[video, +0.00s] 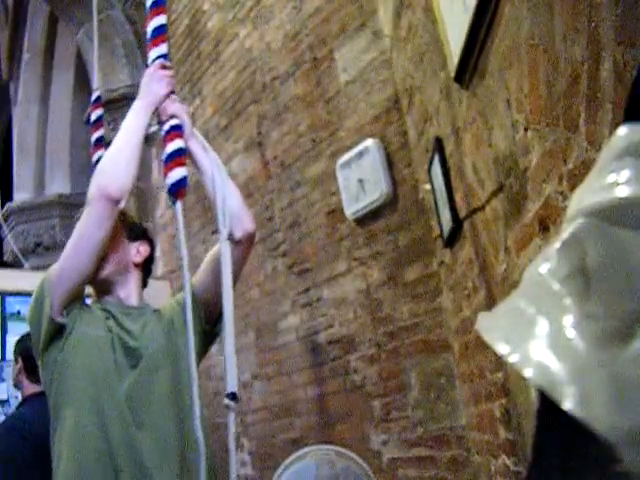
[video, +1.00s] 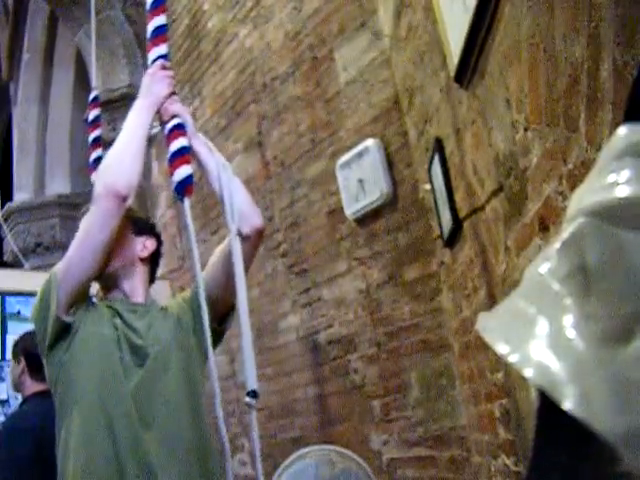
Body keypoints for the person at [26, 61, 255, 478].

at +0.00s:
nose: (96, 241)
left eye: (110, 233)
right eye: (96, 233)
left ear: (140, 251)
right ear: (83, 249)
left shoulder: (178, 325)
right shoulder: (61, 325)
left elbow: (240, 231)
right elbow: (107, 194)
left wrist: (189, 136)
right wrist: (144, 104)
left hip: (173, 470)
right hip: (85, 470)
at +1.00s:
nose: (101, 238)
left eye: (115, 230)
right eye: (102, 230)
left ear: (146, 245)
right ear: (88, 246)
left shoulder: (185, 320)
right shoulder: (66, 322)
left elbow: (248, 228)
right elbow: (112, 191)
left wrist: (193, 137)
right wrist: (145, 103)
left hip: (189, 470)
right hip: (92, 470)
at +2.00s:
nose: (153, 243)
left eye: (159, 232)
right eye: (141, 232)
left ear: (167, 243)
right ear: (96, 254)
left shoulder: (179, 332)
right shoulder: (63, 324)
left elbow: (251, 301)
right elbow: (127, 253)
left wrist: (195, 202)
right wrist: (144, 166)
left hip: (182, 471)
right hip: (93, 471)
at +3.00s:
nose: (157, 268)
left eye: (165, 253)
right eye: (139, 254)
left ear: (174, 261)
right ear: (104, 268)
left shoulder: (198, 349)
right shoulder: (69, 358)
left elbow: (222, 456)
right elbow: (92, 475)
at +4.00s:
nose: (178, 243)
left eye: (184, 232)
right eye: (164, 231)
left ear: (192, 241)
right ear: (141, 242)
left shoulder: (212, 330)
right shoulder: (101, 320)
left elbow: (273, 381)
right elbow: (126, 251)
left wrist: (217, 275)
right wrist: (155, 171)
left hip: (205, 472)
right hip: (115, 470)